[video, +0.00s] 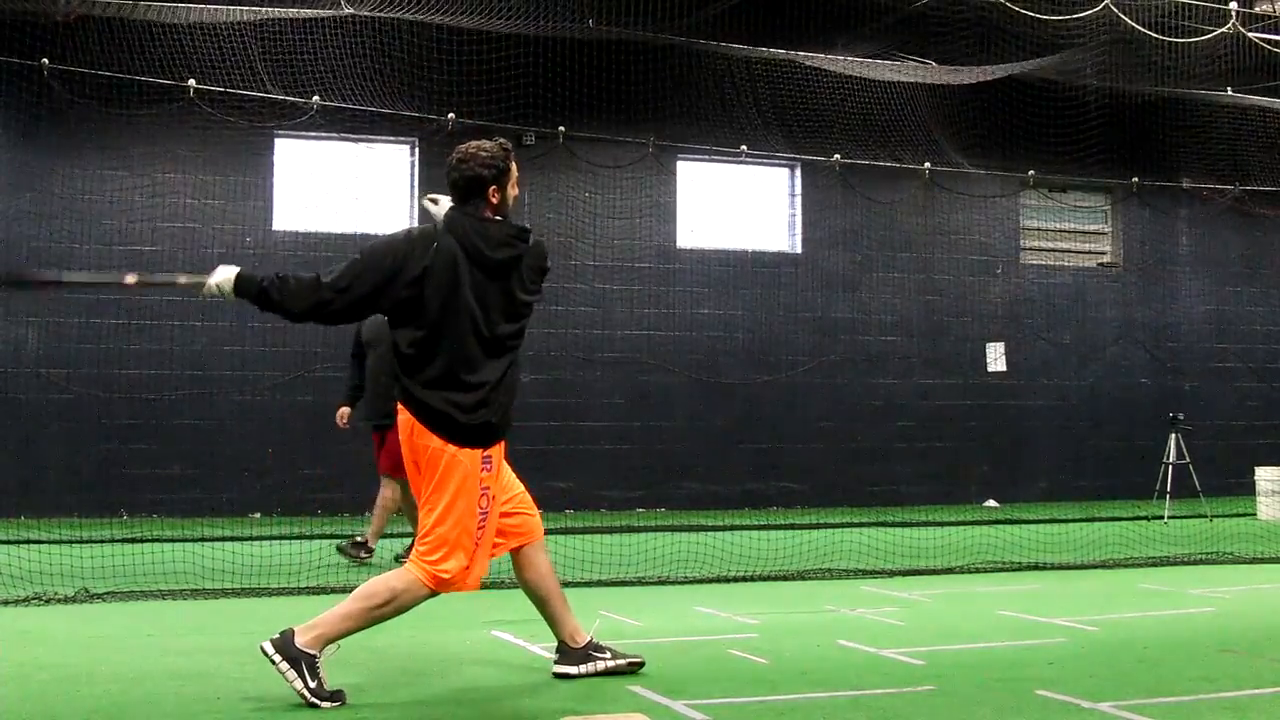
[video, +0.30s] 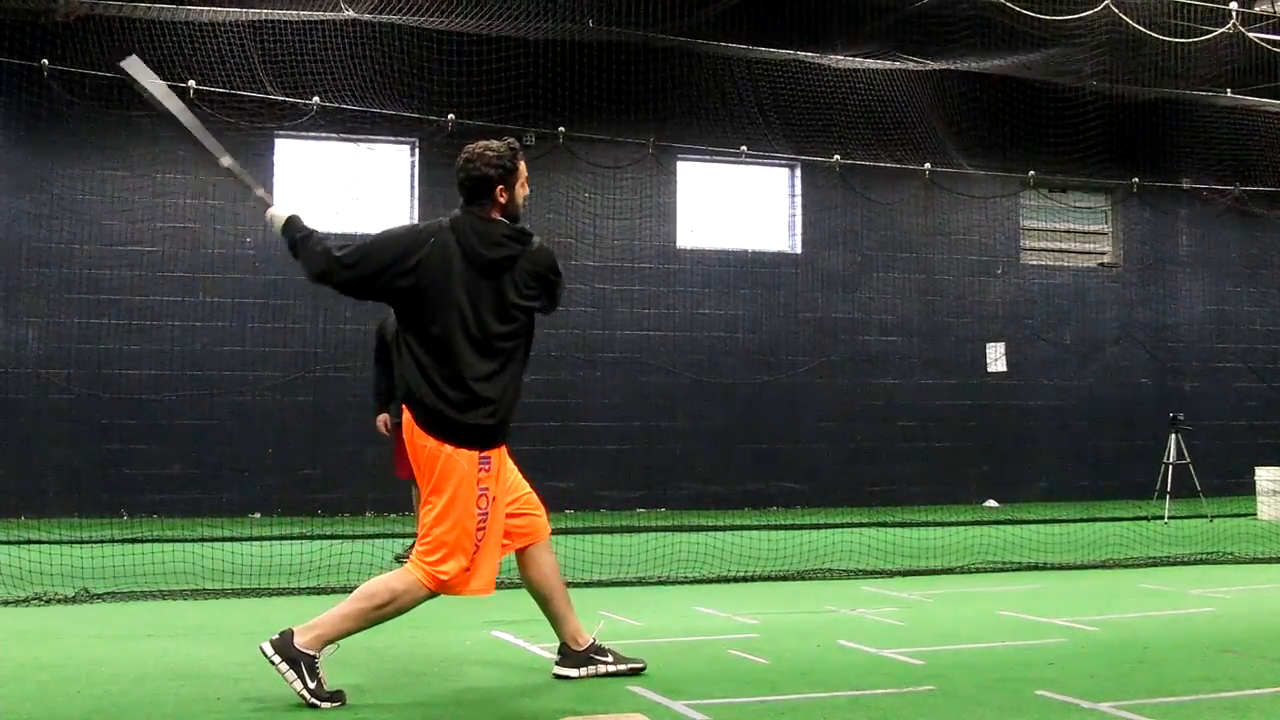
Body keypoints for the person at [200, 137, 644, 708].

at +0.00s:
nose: (519, 192)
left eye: (517, 184)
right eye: (516, 185)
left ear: (459, 192)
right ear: (496, 195)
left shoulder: (415, 249)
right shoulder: (525, 253)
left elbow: (326, 296)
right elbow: (500, 250)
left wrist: (241, 282)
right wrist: (457, 216)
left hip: (430, 419)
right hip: (461, 430)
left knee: (523, 527)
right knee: (437, 569)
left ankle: (576, 646)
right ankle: (301, 644)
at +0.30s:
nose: (528, 190)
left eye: (525, 180)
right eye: (524, 182)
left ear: (471, 190)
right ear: (504, 192)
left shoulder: (426, 242)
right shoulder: (529, 256)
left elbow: (336, 263)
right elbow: (549, 299)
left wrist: (290, 228)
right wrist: (516, 238)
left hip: (434, 423)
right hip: (468, 435)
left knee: (530, 526)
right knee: (435, 570)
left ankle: (578, 647)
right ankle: (300, 643)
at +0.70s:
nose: (547, 193)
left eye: (545, 183)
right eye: (542, 185)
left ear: (489, 196)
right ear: (521, 198)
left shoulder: (440, 242)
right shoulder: (543, 270)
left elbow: (378, 246)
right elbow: (570, 335)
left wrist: (378, 202)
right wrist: (519, 291)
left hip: (437, 424)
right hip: (475, 440)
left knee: (542, 524)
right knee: (441, 573)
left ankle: (580, 647)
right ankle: (303, 644)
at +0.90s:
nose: (557, 200)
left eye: (554, 190)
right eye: (553, 192)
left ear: (502, 203)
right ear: (529, 204)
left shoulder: (450, 248)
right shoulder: (547, 284)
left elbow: (403, 241)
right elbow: (569, 365)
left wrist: (427, 195)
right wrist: (589, 339)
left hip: (443, 424)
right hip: (477, 444)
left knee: (549, 519)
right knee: (441, 576)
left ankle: (580, 647)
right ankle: (304, 644)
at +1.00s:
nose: (564, 199)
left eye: (561, 191)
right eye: (558, 193)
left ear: (512, 204)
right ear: (535, 205)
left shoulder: (458, 246)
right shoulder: (548, 289)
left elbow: (420, 241)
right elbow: (565, 382)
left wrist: (451, 200)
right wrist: (594, 374)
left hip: (449, 421)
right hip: (478, 442)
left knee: (553, 515)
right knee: (442, 575)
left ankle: (581, 647)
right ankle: (304, 644)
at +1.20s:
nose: (438, 147)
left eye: (437, 137)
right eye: (430, 137)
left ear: (403, 143)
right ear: (395, 143)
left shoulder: (434, 199)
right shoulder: (335, 200)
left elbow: (447, 241)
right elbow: (263, 233)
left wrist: (378, 188)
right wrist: (326, 187)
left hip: (415, 383)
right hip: (339, 387)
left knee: (455, 521)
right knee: (335, 526)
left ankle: (462, 630)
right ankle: (321, 658)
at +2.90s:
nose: (448, 183)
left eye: (447, 172)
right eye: (438, 174)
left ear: (413, 181)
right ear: (404, 182)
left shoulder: (440, 238)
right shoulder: (339, 215)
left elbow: (435, 310)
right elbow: (260, 265)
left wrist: (379, 275)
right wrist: (329, 248)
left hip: (405, 398)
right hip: (328, 404)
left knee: (446, 511)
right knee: (341, 527)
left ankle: (435, 632)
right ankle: (321, 657)